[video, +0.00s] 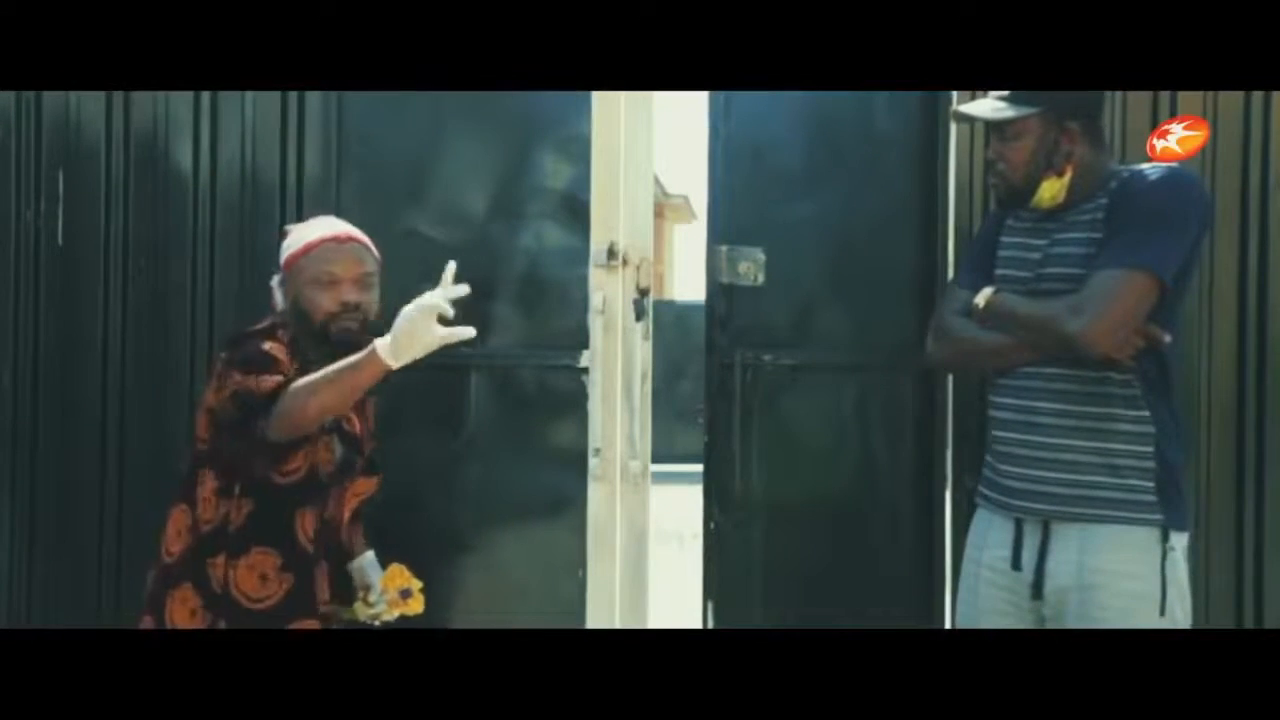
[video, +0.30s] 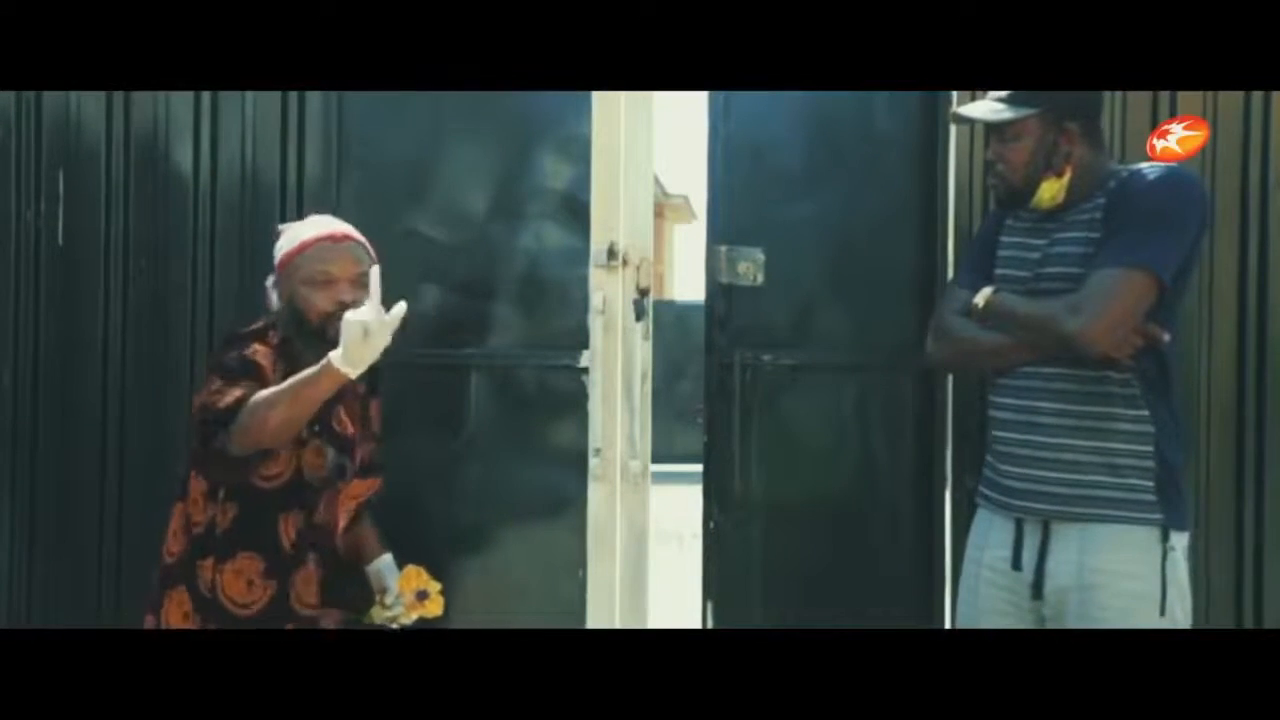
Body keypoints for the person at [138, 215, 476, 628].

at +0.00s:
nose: (351, 299)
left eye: (364, 283)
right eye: (327, 283)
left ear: (380, 292)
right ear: (286, 294)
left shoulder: (356, 370)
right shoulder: (254, 357)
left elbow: (342, 497)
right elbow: (278, 419)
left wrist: (367, 575)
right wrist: (389, 352)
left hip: (306, 600)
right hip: (220, 605)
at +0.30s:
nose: (345, 297)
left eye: (359, 282)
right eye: (323, 282)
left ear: (373, 289)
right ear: (282, 292)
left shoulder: (361, 372)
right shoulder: (248, 354)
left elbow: (351, 499)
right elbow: (241, 434)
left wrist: (388, 581)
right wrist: (340, 367)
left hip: (321, 594)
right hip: (233, 593)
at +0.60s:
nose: (389, 285)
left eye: (383, 270)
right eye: (369, 272)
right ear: (316, 286)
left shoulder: (351, 373)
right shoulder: (242, 373)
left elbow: (338, 510)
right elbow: (228, 518)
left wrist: (369, 584)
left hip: (298, 606)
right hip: (220, 607)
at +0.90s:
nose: (389, 274)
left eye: (381, 260)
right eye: (366, 261)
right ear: (314, 278)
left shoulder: (348, 378)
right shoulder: (259, 376)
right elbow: (240, 537)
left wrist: (349, 611)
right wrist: (260, 618)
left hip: (312, 607)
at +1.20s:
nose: (391, 267)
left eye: (384, 255)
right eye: (370, 256)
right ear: (317, 274)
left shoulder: (351, 377)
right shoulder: (264, 373)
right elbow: (243, 535)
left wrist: (345, 612)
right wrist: (266, 620)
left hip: (311, 609)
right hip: (220, 613)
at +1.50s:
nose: (395, 266)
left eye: (388, 254)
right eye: (375, 258)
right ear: (326, 278)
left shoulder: (354, 372)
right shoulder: (275, 375)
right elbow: (246, 537)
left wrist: (371, 606)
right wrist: (272, 619)